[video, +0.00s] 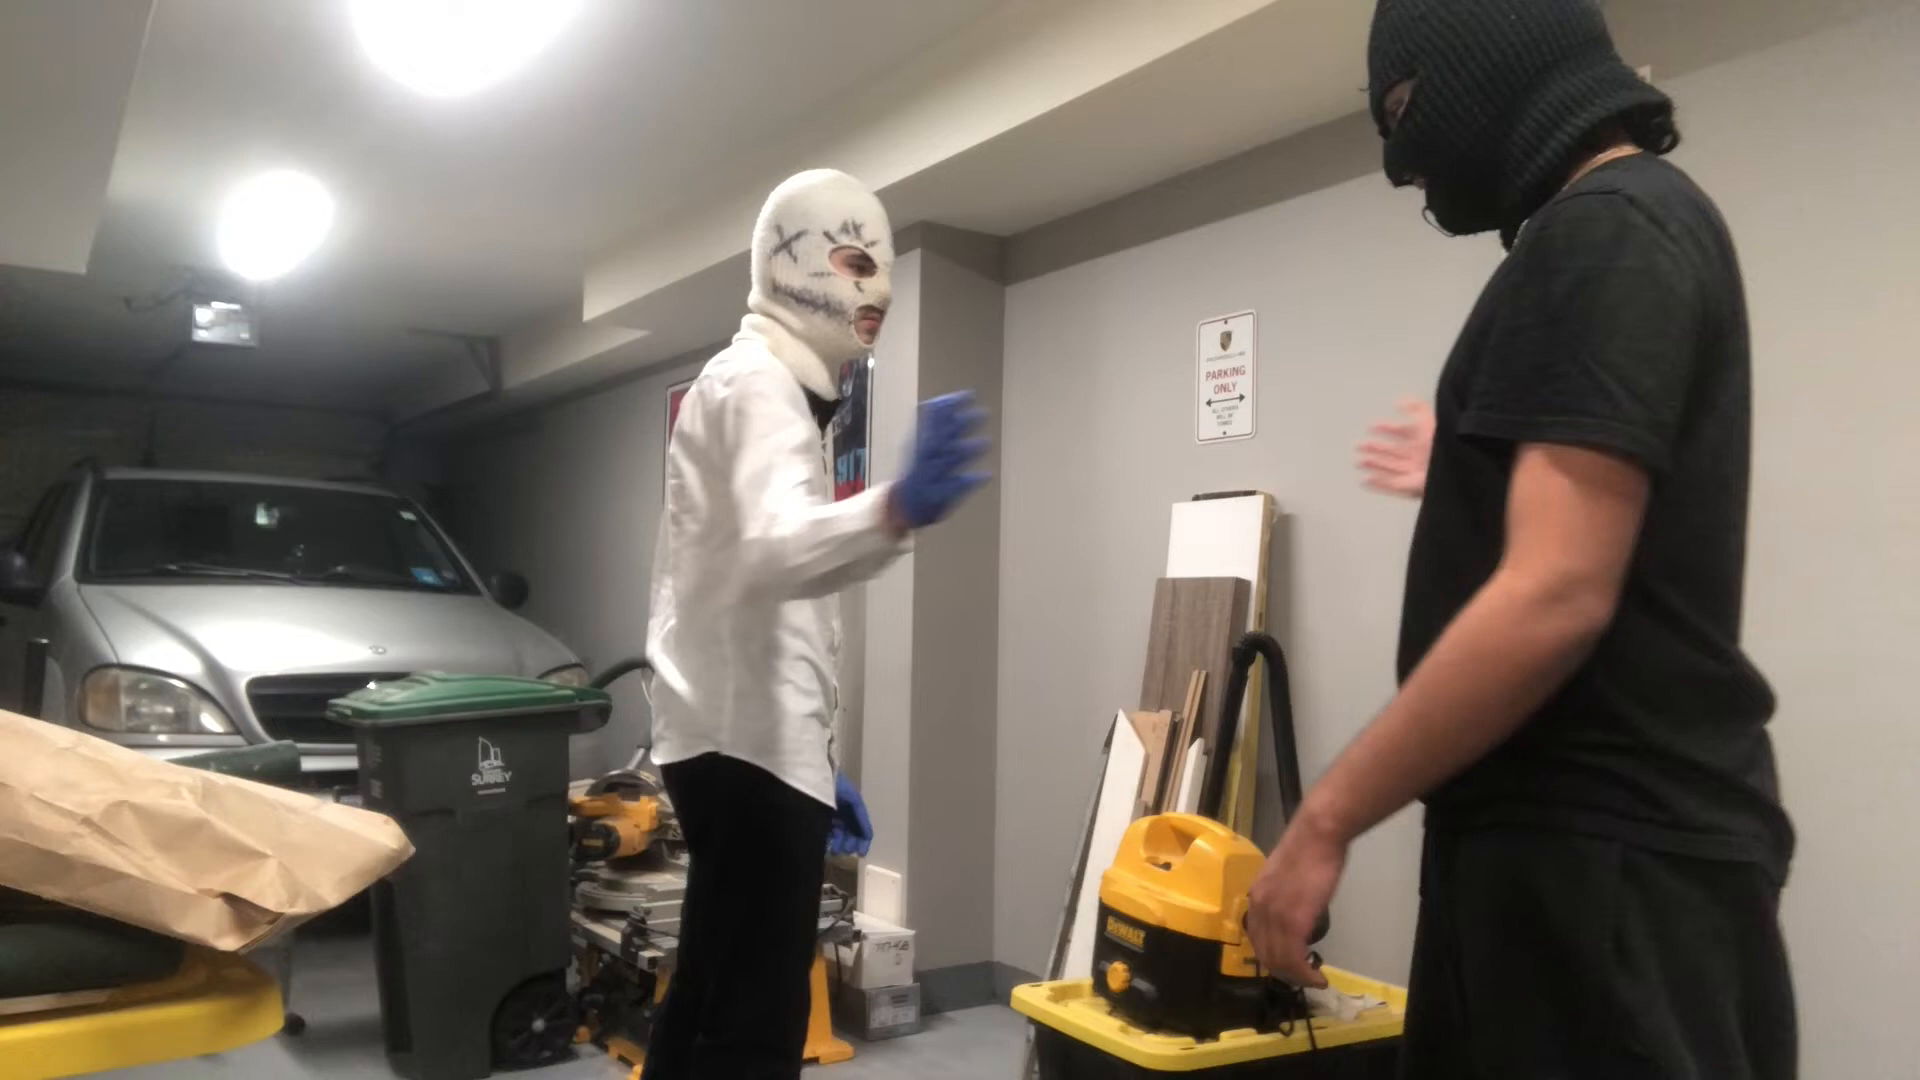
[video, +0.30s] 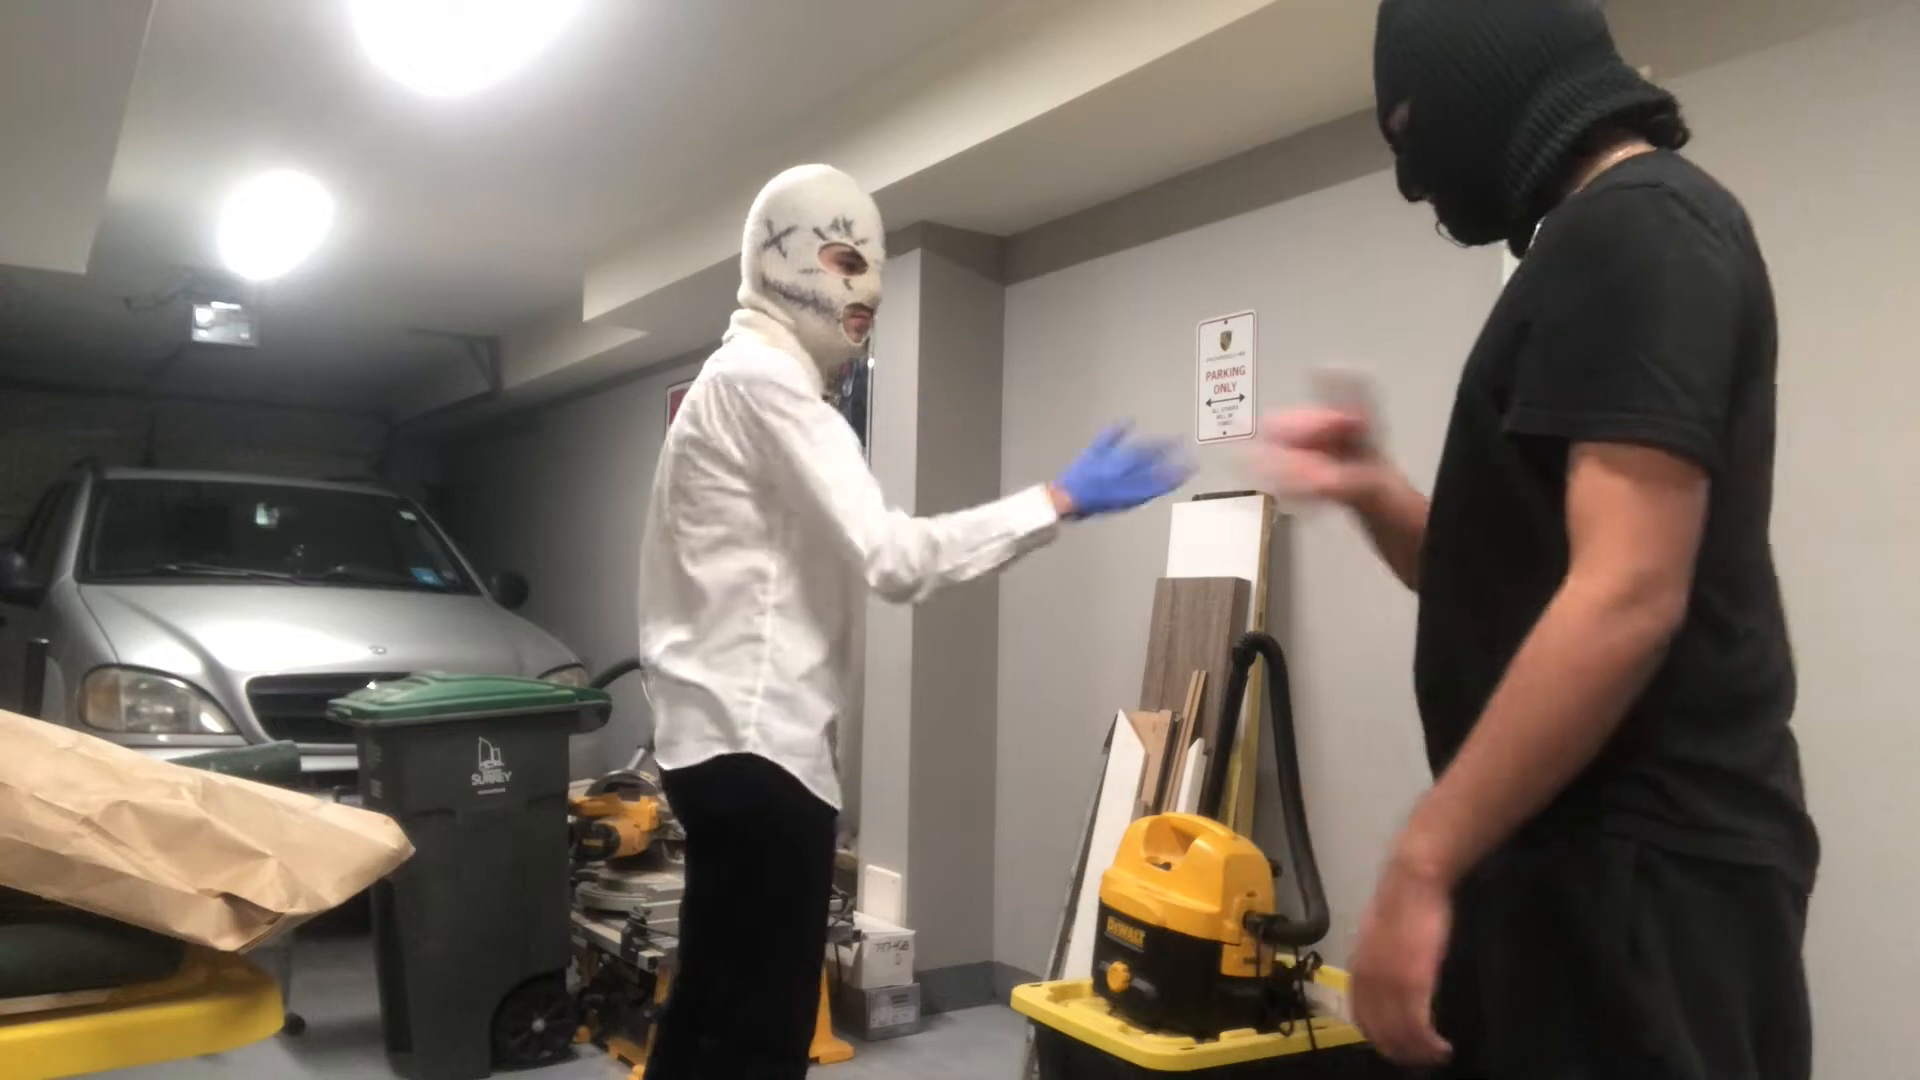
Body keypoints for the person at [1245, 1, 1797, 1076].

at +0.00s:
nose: (1402, 162)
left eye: (1402, 111)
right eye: (1390, 127)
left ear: (1475, 70)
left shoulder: (1610, 223)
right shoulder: (1629, 220)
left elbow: (1556, 589)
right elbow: (1647, 497)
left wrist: (1326, 820)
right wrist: (1472, 457)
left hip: (1599, 868)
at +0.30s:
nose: (1401, 169)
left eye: (1401, 119)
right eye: (1391, 132)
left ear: (1474, 78)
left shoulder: (1633, 223)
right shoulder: (1603, 233)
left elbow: (1626, 594)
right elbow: (1508, 597)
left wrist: (1421, 861)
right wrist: (1373, 490)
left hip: (1632, 879)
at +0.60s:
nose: (1383, 165)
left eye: (1384, 118)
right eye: (1375, 129)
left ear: (1454, 82)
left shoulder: (1600, 226)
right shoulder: (1556, 241)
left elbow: (1644, 584)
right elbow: (1457, 524)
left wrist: (1500, 897)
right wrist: (1226, 451)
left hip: (1617, 883)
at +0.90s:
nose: (1389, 192)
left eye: (1385, 147)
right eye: (1375, 161)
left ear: (1449, 99)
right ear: (1494, 87)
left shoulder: (1553, 222)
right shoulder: (1622, 215)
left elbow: (1563, 565)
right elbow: (1426, 487)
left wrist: (1415, 874)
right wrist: (1325, 309)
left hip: (1580, 868)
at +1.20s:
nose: (1395, 193)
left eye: (1393, 141)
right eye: (1381, 156)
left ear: (1465, 96)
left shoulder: (1598, 229)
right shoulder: (1573, 242)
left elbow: (1590, 575)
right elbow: (1385, 538)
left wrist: (1326, 810)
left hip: (1596, 879)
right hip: (1544, 868)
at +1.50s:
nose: (1383, 174)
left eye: (1385, 125)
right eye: (1375, 138)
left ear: (1454, 90)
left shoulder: (1609, 227)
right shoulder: (1549, 268)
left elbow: (1638, 579)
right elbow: (1323, 400)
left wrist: (1415, 841)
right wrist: (1157, 317)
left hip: (1601, 886)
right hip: (1537, 878)